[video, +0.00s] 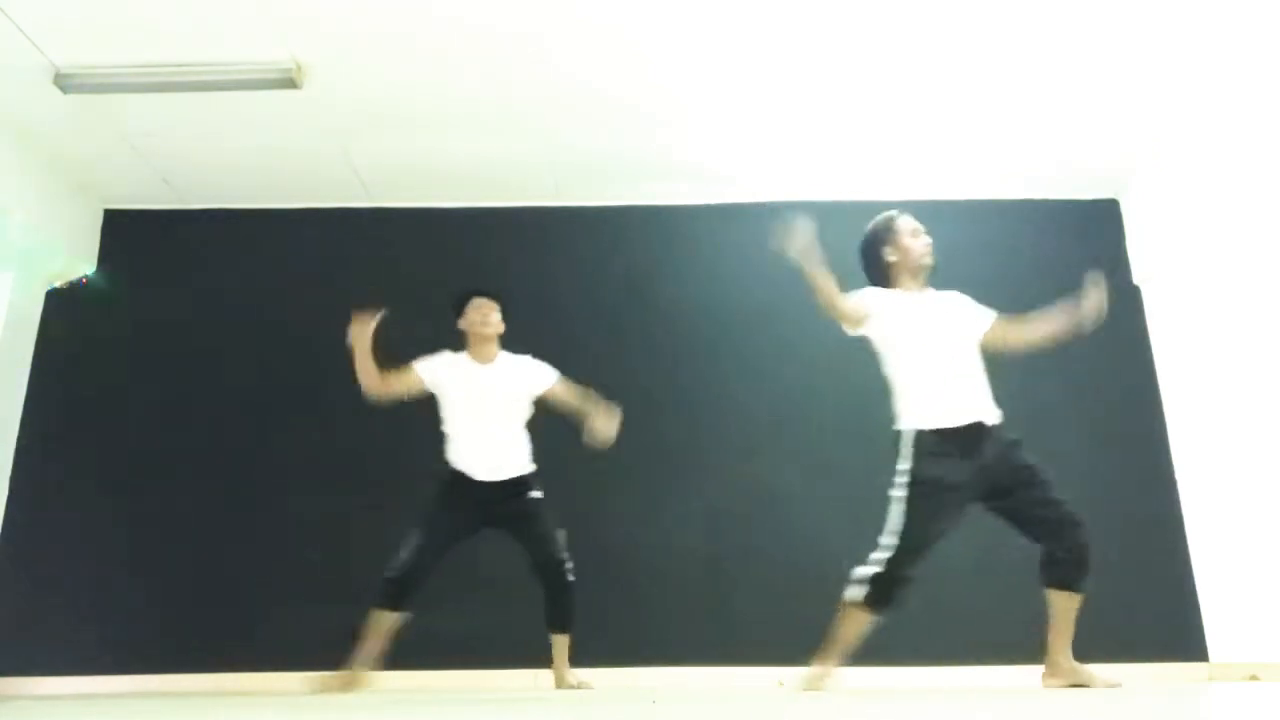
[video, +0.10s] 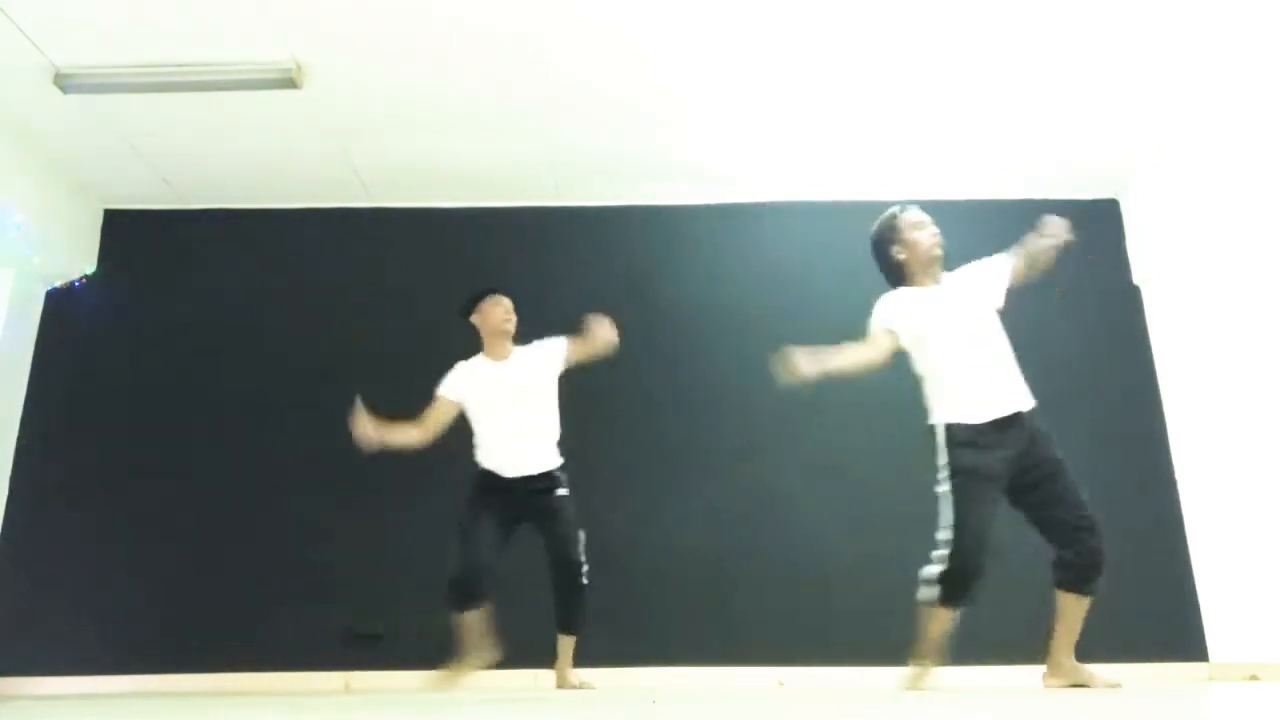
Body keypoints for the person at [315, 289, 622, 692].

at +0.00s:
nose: (491, 318)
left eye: (495, 312)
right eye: (480, 312)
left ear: (503, 322)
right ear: (462, 324)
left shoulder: (525, 370)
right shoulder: (443, 368)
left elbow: (581, 401)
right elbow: (378, 388)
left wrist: (602, 418)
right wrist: (361, 343)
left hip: (519, 491)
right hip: (461, 489)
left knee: (557, 569)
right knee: (406, 570)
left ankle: (563, 672)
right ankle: (359, 669)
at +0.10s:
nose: (508, 312)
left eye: (510, 307)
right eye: (496, 307)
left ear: (515, 317)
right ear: (475, 320)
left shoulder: (545, 354)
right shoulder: (465, 376)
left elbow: (598, 345)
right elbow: (425, 431)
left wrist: (602, 328)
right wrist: (376, 432)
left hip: (548, 482)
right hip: (494, 485)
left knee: (572, 564)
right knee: (473, 562)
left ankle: (565, 670)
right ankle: (478, 648)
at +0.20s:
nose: (514, 299)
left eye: (516, 294)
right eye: (504, 295)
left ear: (522, 305)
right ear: (482, 307)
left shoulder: (547, 331)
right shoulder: (477, 365)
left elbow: (595, 290)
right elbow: (459, 434)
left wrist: (572, 282)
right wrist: (425, 481)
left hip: (565, 463)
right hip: (516, 469)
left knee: (578, 563)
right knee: (513, 584)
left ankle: (565, 668)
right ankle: (564, 637)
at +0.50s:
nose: (490, 305)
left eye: (497, 297)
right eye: (484, 301)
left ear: (519, 298)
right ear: (481, 312)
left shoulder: (546, 321)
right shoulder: (486, 362)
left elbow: (591, 279)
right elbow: (471, 418)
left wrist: (548, 283)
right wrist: (457, 472)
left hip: (576, 446)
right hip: (537, 457)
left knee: (576, 552)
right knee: (547, 567)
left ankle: (608, 659)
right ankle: (600, 657)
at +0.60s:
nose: (480, 327)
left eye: (489, 317)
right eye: (477, 319)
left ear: (512, 320)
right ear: (475, 328)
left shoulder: (541, 345)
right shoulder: (485, 380)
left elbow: (600, 340)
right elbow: (484, 428)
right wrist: (485, 474)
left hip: (575, 465)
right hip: (540, 476)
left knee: (569, 565)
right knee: (509, 567)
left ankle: (609, 666)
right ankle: (577, 640)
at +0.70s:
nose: (476, 337)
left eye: (485, 328)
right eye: (474, 330)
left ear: (509, 332)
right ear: (474, 338)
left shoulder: (537, 370)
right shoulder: (485, 393)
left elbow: (578, 419)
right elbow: (497, 448)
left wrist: (531, 472)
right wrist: (500, 474)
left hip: (568, 481)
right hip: (531, 488)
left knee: (551, 576)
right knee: (470, 550)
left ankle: (607, 669)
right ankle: (519, 644)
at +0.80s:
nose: (472, 329)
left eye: (481, 321)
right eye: (472, 322)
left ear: (506, 327)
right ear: (476, 331)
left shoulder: (522, 371)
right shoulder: (480, 386)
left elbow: (495, 439)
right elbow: (476, 444)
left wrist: (434, 465)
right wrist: (448, 433)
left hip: (545, 489)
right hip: (514, 492)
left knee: (541, 586)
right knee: (441, 550)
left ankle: (605, 668)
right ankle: (409, 657)